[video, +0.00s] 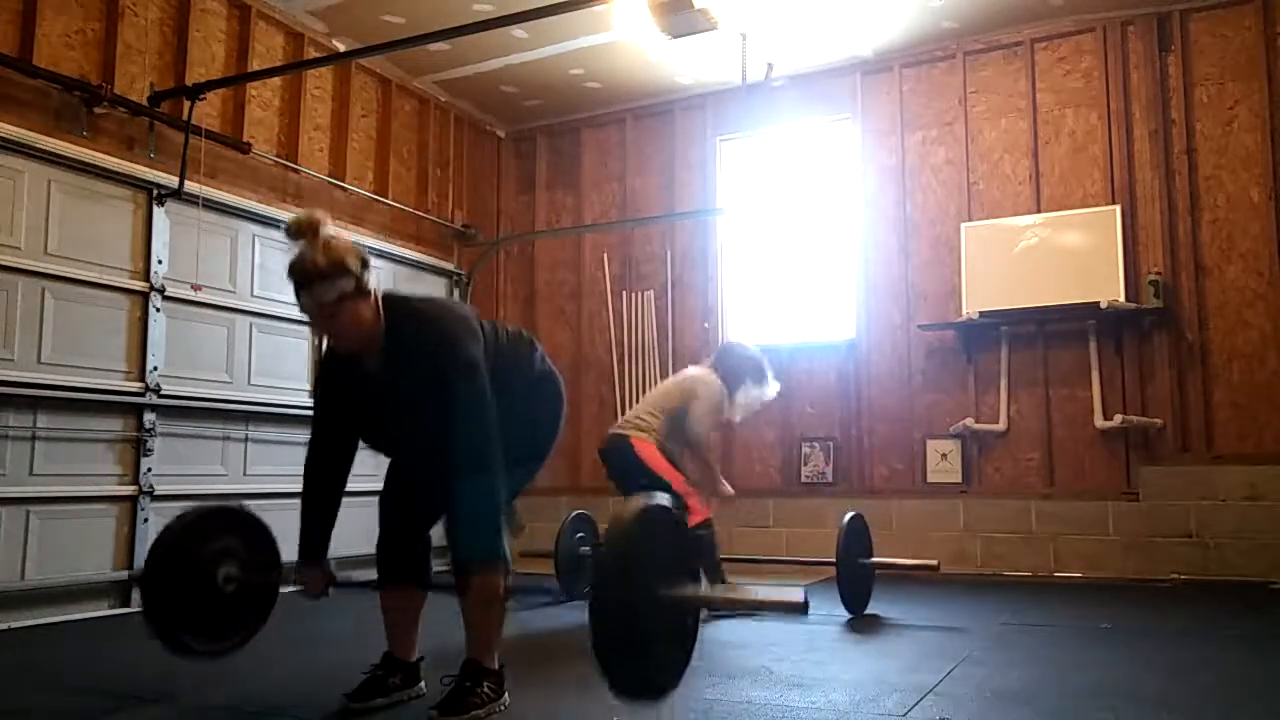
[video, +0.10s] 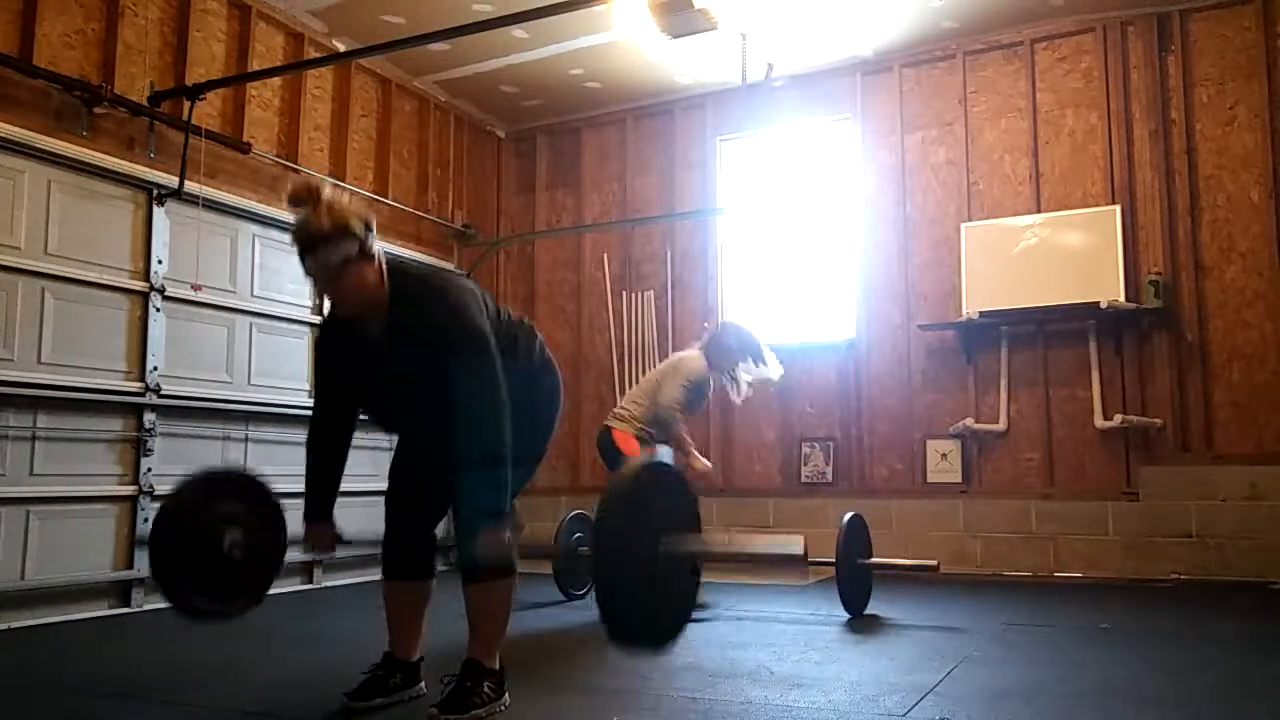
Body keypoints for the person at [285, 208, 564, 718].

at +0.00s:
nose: (322, 324)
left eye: (332, 308)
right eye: (312, 313)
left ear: (366, 298)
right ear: (305, 312)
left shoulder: (442, 335)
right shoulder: (339, 369)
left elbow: (478, 464)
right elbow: (326, 463)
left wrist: (483, 563)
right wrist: (313, 555)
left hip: (518, 405)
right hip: (435, 429)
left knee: (474, 528)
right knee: (400, 521)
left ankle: (484, 673)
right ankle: (401, 665)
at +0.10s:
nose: (334, 287)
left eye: (343, 270)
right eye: (323, 276)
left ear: (373, 258)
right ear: (315, 278)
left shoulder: (446, 302)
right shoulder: (337, 336)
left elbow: (483, 412)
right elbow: (330, 424)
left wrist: (488, 513)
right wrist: (318, 514)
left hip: (514, 395)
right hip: (434, 415)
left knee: (484, 521)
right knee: (406, 519)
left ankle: (485, 670)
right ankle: (402, 664)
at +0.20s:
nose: (351, 249)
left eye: (357, 232)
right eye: (335, 242)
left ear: (380, 216)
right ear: (322, 243)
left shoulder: (444, 267)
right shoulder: (340, 296)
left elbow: (500, 361)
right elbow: (335, 383)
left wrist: (499, 459)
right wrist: (325, 462)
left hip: (496, 393)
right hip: (428, 403)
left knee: (482, 513)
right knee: (407, 520)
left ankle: (485, 669)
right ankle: (403, 663)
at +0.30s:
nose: (348, 213)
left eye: (355, 196)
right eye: (333, 206)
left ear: (382, 183)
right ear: (320, 209)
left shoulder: (444, 233)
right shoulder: (339, 263)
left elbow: (509, 316)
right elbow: (335, 342)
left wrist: (506, 408)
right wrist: (330, 417)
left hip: (494, 381)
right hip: (425, 391)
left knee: (482, 507)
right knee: (412, 514)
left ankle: (488, 665)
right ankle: (404, 661)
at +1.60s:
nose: (363, 183)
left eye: (369, 166)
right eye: (347, 175)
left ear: (393, 146)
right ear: (330, 171)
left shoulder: (451, 194)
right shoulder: (345, 226)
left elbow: (525, 259)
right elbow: (336, 301)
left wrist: (502, 347)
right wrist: (327, 365)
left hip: (494, 371)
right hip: (425, 377)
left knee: (477, 515)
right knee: (404, 514)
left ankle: (486, 670)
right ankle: (403, 663)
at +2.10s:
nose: (325, 239)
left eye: (332, 224)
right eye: (316, 228)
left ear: (369, 205)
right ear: (313, 224)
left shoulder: (437, 253)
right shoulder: (332, 277)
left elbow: (491, 342)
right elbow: (328, 359)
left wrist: (491, 430)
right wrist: (318, 438)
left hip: (494, 393)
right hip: (422, 401)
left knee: (479, 517)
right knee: (402, 517)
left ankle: (485, 669)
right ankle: (403, 662)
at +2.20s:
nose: (326, 281)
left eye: (335, 263)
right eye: (317, 267)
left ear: (369, 246)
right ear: (311, 263)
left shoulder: (442, 293)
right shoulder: (330, 314)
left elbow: (482, 393)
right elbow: (321, 400)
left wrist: (482, 482)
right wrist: (310, 484)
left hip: (500, 409)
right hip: (422, 419)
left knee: (475, 515)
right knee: (394, 514)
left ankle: (485, 670)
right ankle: (401, 664)